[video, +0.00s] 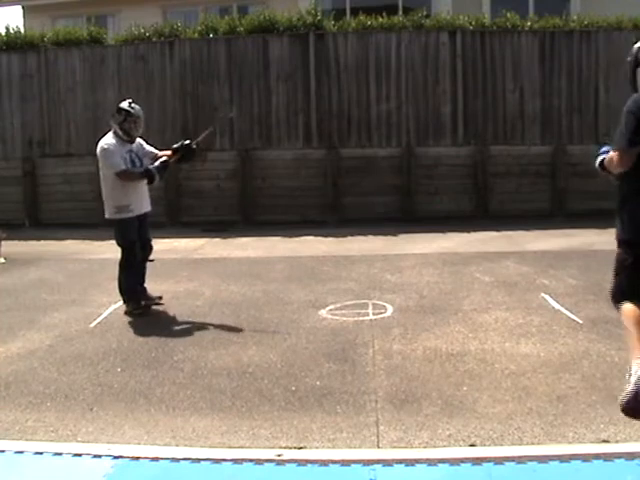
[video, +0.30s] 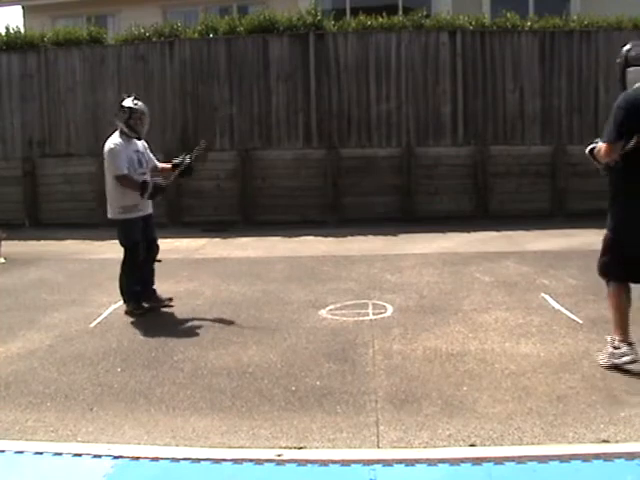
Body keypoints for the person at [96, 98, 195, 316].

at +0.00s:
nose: (134, 127)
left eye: (137, 123)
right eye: (130, 123)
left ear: (140, 124)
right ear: (119, 123)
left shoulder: (135, 142)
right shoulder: (107, 147)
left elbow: (156, 156)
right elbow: (123, 175)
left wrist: (177, 151)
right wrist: (152, 170)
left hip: (140, 209)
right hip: (122, 212)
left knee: (144, 250)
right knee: (130, 254)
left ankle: (140, 291)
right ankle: (131, 300)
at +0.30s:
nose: (140, 123)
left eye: (142, 119)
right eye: (136, 118)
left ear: (145, 120)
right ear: (125, 119)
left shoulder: (140, 144)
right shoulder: (115, 146)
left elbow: (155, 167)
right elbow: (120, 177)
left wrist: (176, 166)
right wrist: (144, 188)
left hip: (143, 209)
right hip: (126, 212)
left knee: (150, 250)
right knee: (133, 253)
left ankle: (147, 292)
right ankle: (132, 300)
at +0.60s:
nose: (157, 117)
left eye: (156, 113)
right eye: (152, 113)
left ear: (148, 117)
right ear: (139, 116)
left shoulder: (149, 140)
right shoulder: (126, 145)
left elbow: (149, 173)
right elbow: (119, 176)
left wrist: (159, 201)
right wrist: (129, 202)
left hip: (157, 206)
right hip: (142, 208)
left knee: (155, 251)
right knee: (147, 252)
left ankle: (152, 294)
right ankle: (135, 298)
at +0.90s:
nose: (160, 115)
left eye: (159, 111)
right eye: (155, 111)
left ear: (151, 115)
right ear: (142, 115)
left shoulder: (154, 138)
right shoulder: (131, 144)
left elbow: (158, 170)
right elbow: (132, 176)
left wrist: (168, 194)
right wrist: (149, 197)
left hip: (159, 205)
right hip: (144, 208)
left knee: (158, 250)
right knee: (152, 251)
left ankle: (154, 294)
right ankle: (146, 299)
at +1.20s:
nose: (159, 115)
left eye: (158, 111)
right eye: (154, 112)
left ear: (152, 115)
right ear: (142, 116)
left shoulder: (155, 137)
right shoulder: (132, 145)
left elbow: (163, 165)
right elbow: (136, 176)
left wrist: (177, 185)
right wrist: (162, 178)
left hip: (162, 207)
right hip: (146, 210)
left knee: (159, 252)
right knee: (151, 253)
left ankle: (154, 295)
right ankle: (146, 300)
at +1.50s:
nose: (159, 115)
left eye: (158, 111)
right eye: (153, 111)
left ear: (156, 115)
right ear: (141, 115)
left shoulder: (156, 138)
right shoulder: (132, 144)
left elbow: (159, 171)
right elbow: (128, 175)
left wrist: (171, 190)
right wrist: (153, 188)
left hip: (162, 208)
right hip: (145, 210)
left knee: (159, 252)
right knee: (151, 253)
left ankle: (154, 295)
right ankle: (145, 301)